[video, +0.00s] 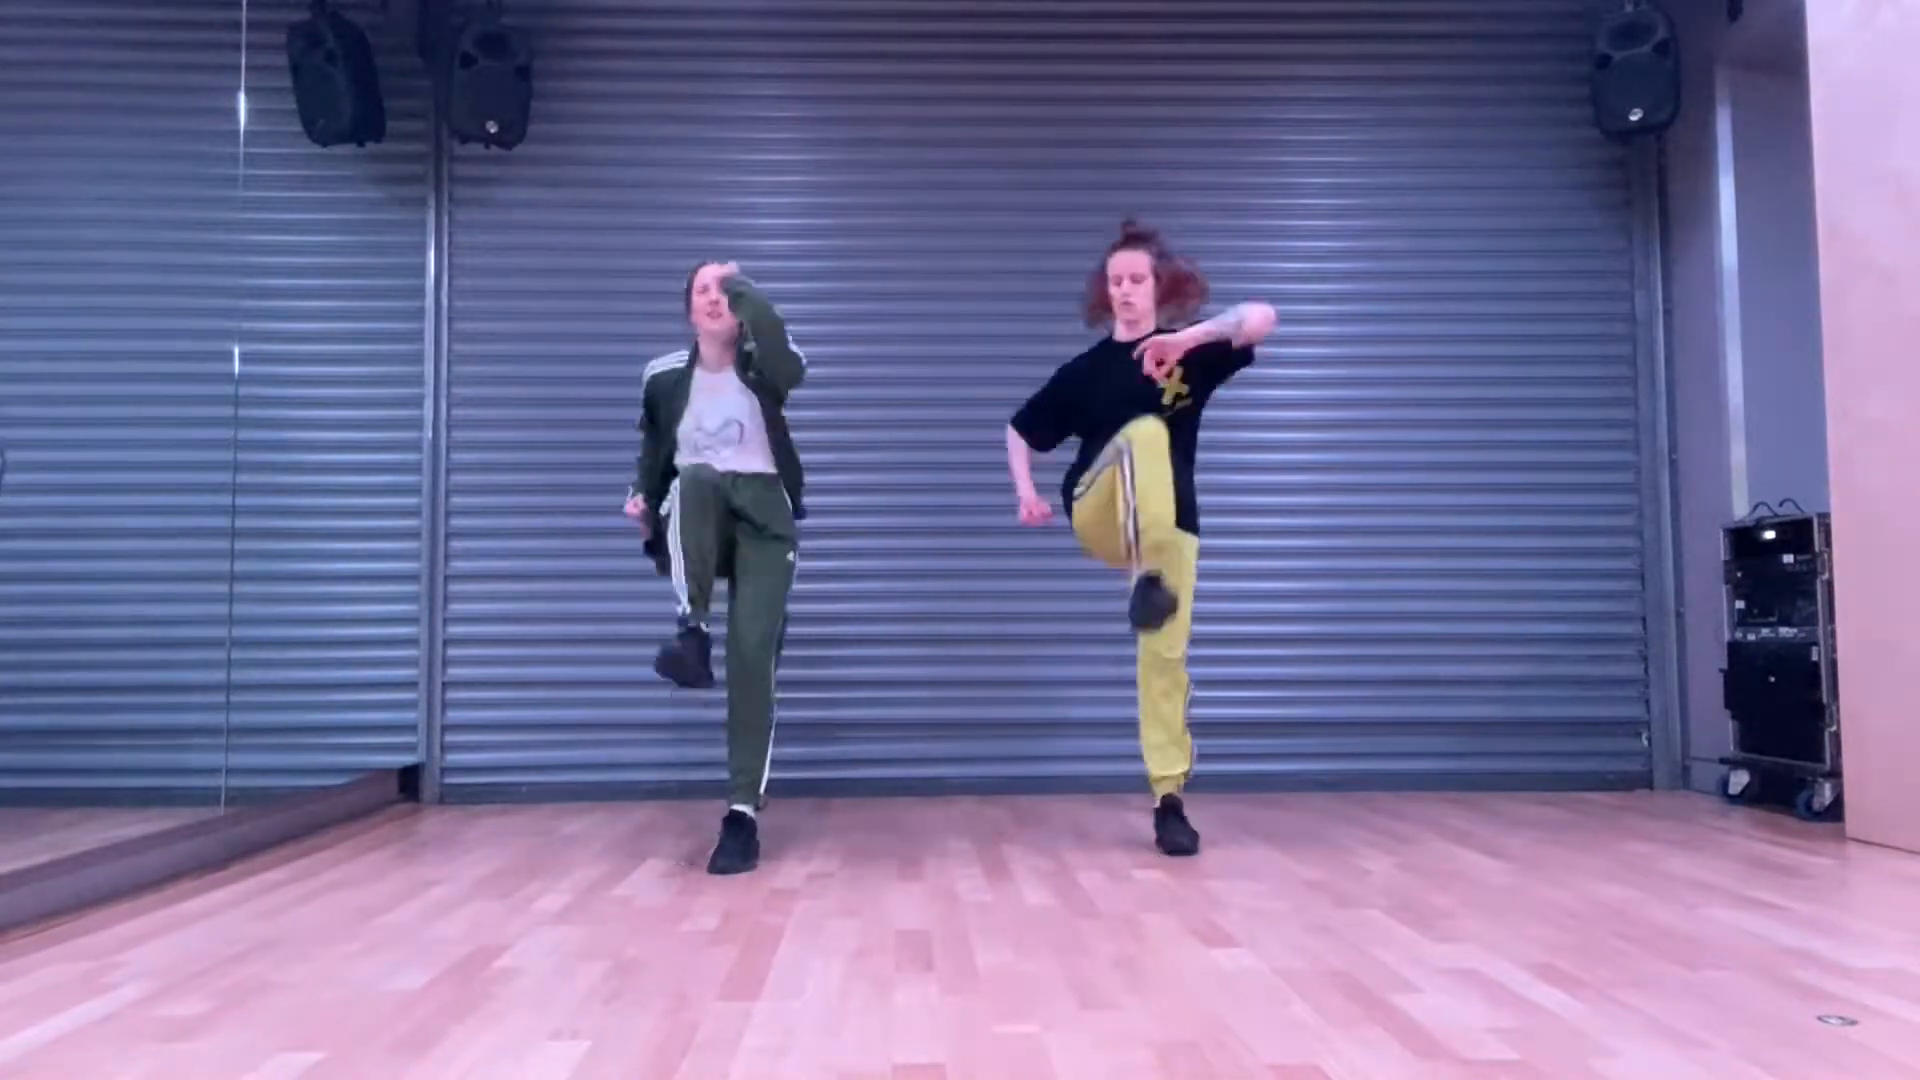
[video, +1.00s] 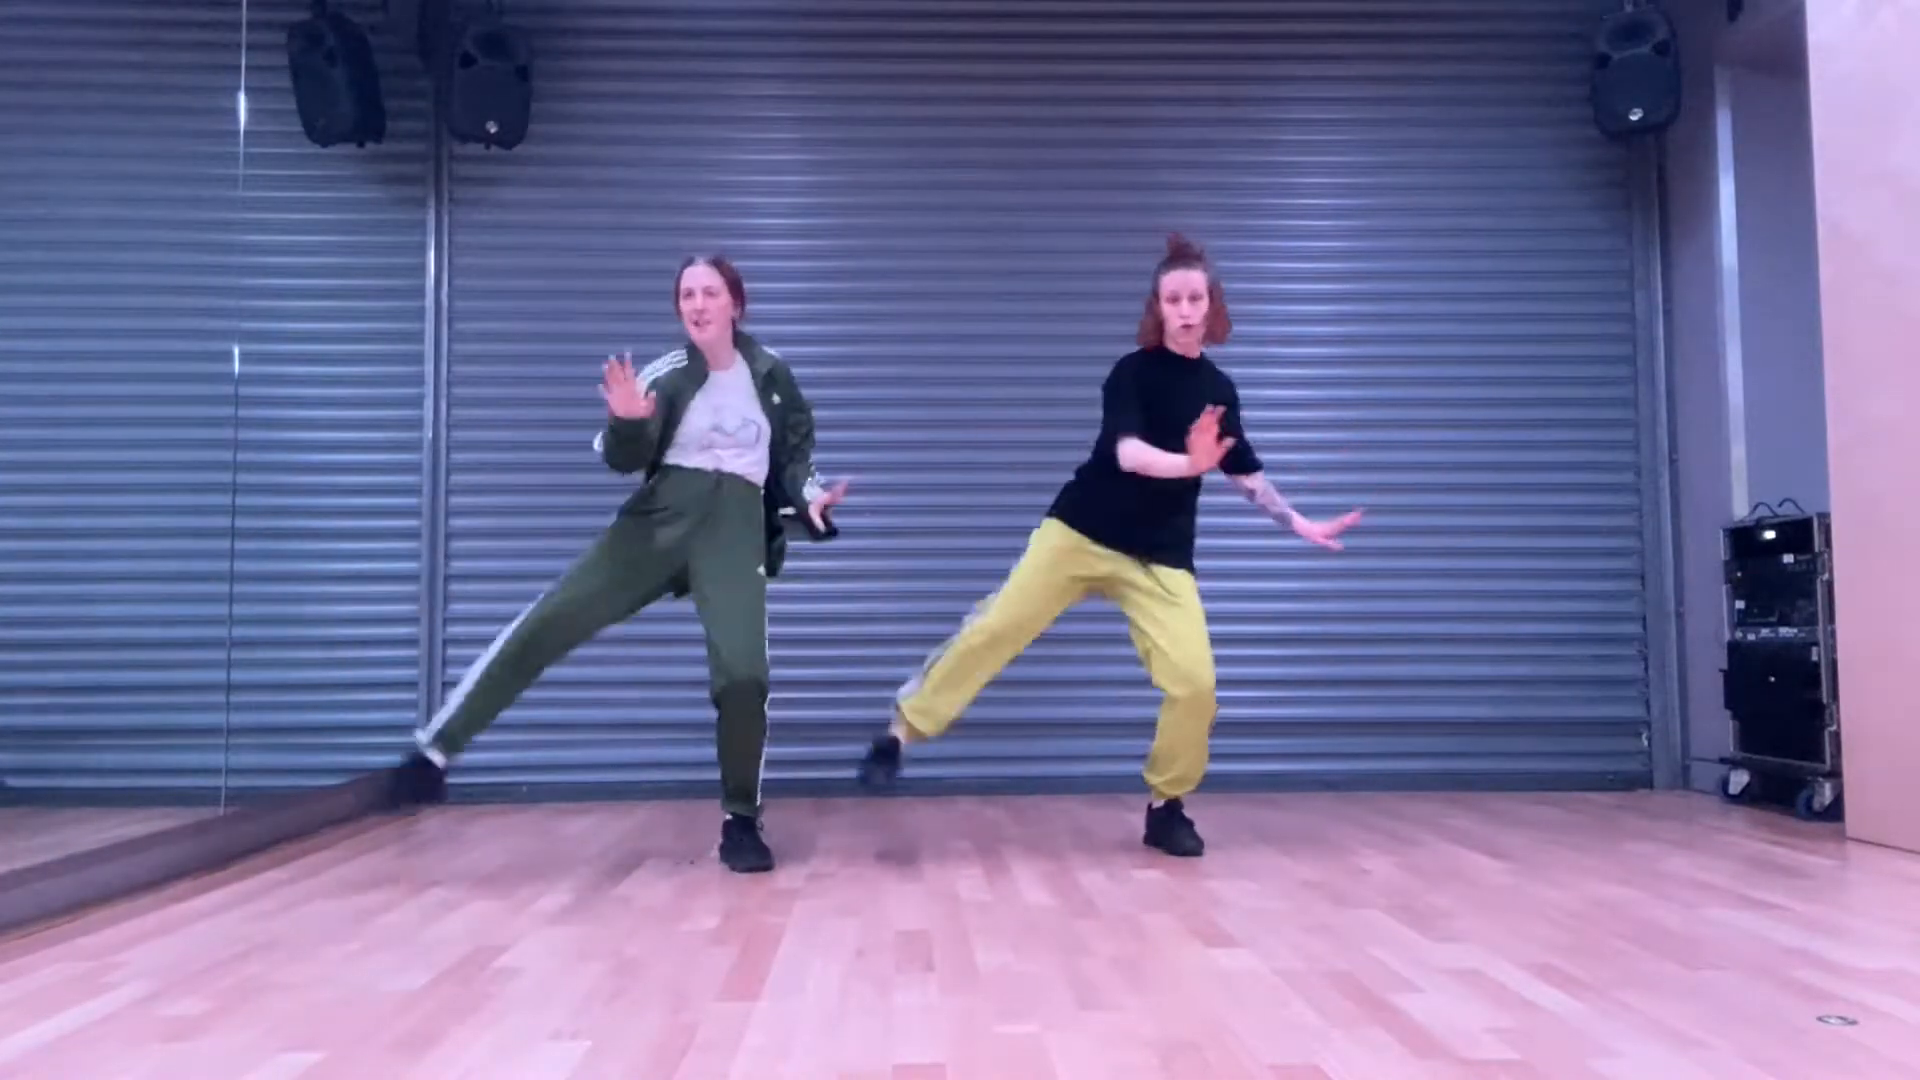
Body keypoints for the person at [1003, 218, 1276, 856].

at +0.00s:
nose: (1125, 290)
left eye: (1137, 279)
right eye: (1116, 280)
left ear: (1161, 286)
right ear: (1105, 291)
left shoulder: (1195, 356)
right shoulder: (1087, 371)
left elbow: (1262, 318)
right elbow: (1018, 432)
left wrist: (1192, 337)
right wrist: (1025, 491)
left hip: (1171, 524)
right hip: (1101, 519)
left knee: (1166, 659)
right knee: (1144, 431)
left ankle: (1169, 797)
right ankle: (1151, 577)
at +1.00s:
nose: (1186, 311)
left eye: (1195, 299)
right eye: (1174, 299)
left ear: (1213, 306)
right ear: (1157, 306)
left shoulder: (1218, 388)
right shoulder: (1135, 372)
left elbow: (1244, 472)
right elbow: (1125, 452)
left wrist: (1300, 525)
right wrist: (1191, 465)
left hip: (1161, 562)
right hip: (1080, 536)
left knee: (1194, 683)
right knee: (997, 628)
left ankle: (1166, 808)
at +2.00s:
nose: (938, 332)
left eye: (950, 326)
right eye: (944, 322)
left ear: (979, 344)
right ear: (986, 347)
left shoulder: (995, 399)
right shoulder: (989, 399)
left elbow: (999, 500)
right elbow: (1020, 506)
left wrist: (1002, 573)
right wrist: (986, 562)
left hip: (1079, 586)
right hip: (1028, 583)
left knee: (1087, 739)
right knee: (955, 674)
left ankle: (1207, 790)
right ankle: (985, 818)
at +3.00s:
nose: (1041, 239)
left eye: (1058, 236)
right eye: (1048, 233)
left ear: (1074, 270)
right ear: (1047, 265)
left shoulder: (1077, 328)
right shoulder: (1021, 323)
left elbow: (1112, 287)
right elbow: (985, 304)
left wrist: (1080, 244)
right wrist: (938, 282)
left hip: (1096, 533)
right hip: (1118, 527)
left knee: (1051, 671)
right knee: (1117, 679)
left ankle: (1018, 825)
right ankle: (1224, 793)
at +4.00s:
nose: (1218, 286)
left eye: (1229, 277)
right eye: (1207, 276)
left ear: (1243, 290)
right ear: (1189, 290)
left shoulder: (1268, 350)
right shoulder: (1174, 371)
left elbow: (1286, 428)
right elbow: (1135, 454)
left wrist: (1282, 455)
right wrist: (1213, 451)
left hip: (1266, 537)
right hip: (1201, 540)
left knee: (1300, 646)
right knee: (1230, 656)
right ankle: (1223, 791)